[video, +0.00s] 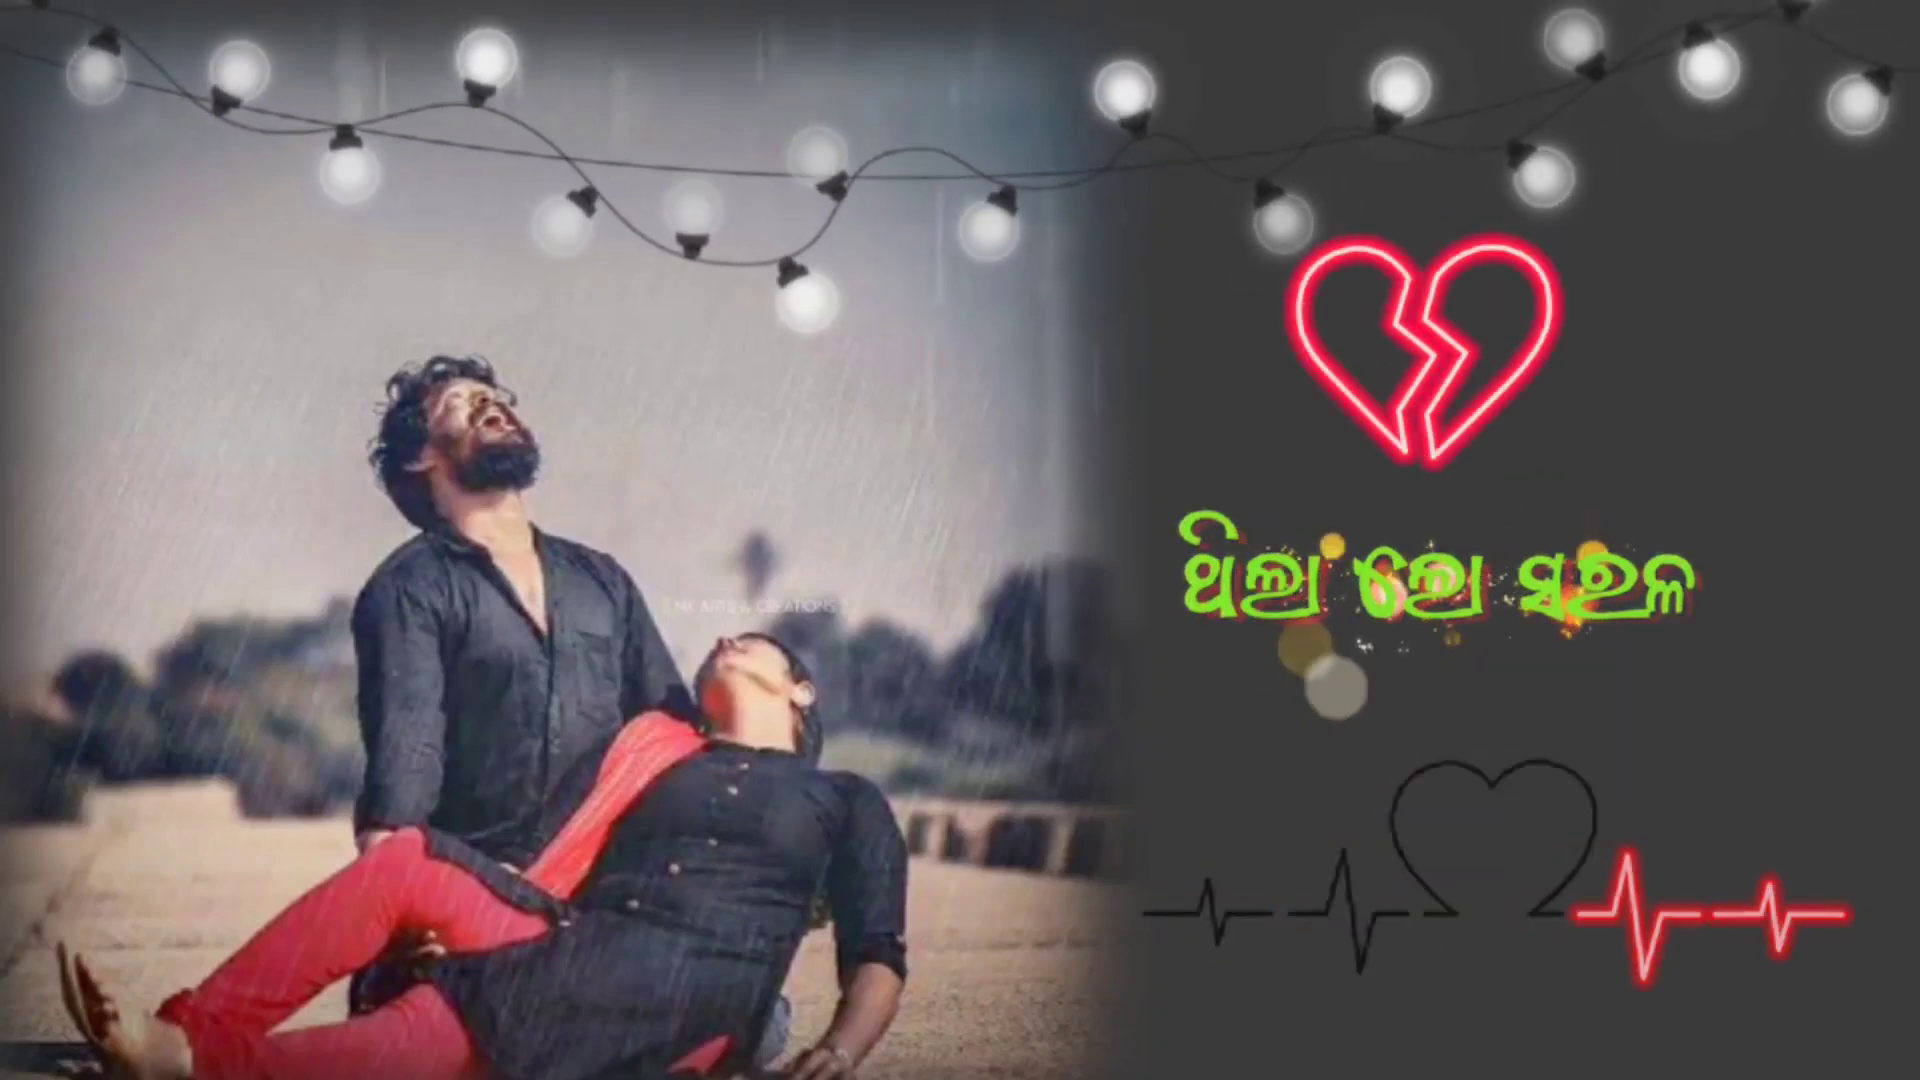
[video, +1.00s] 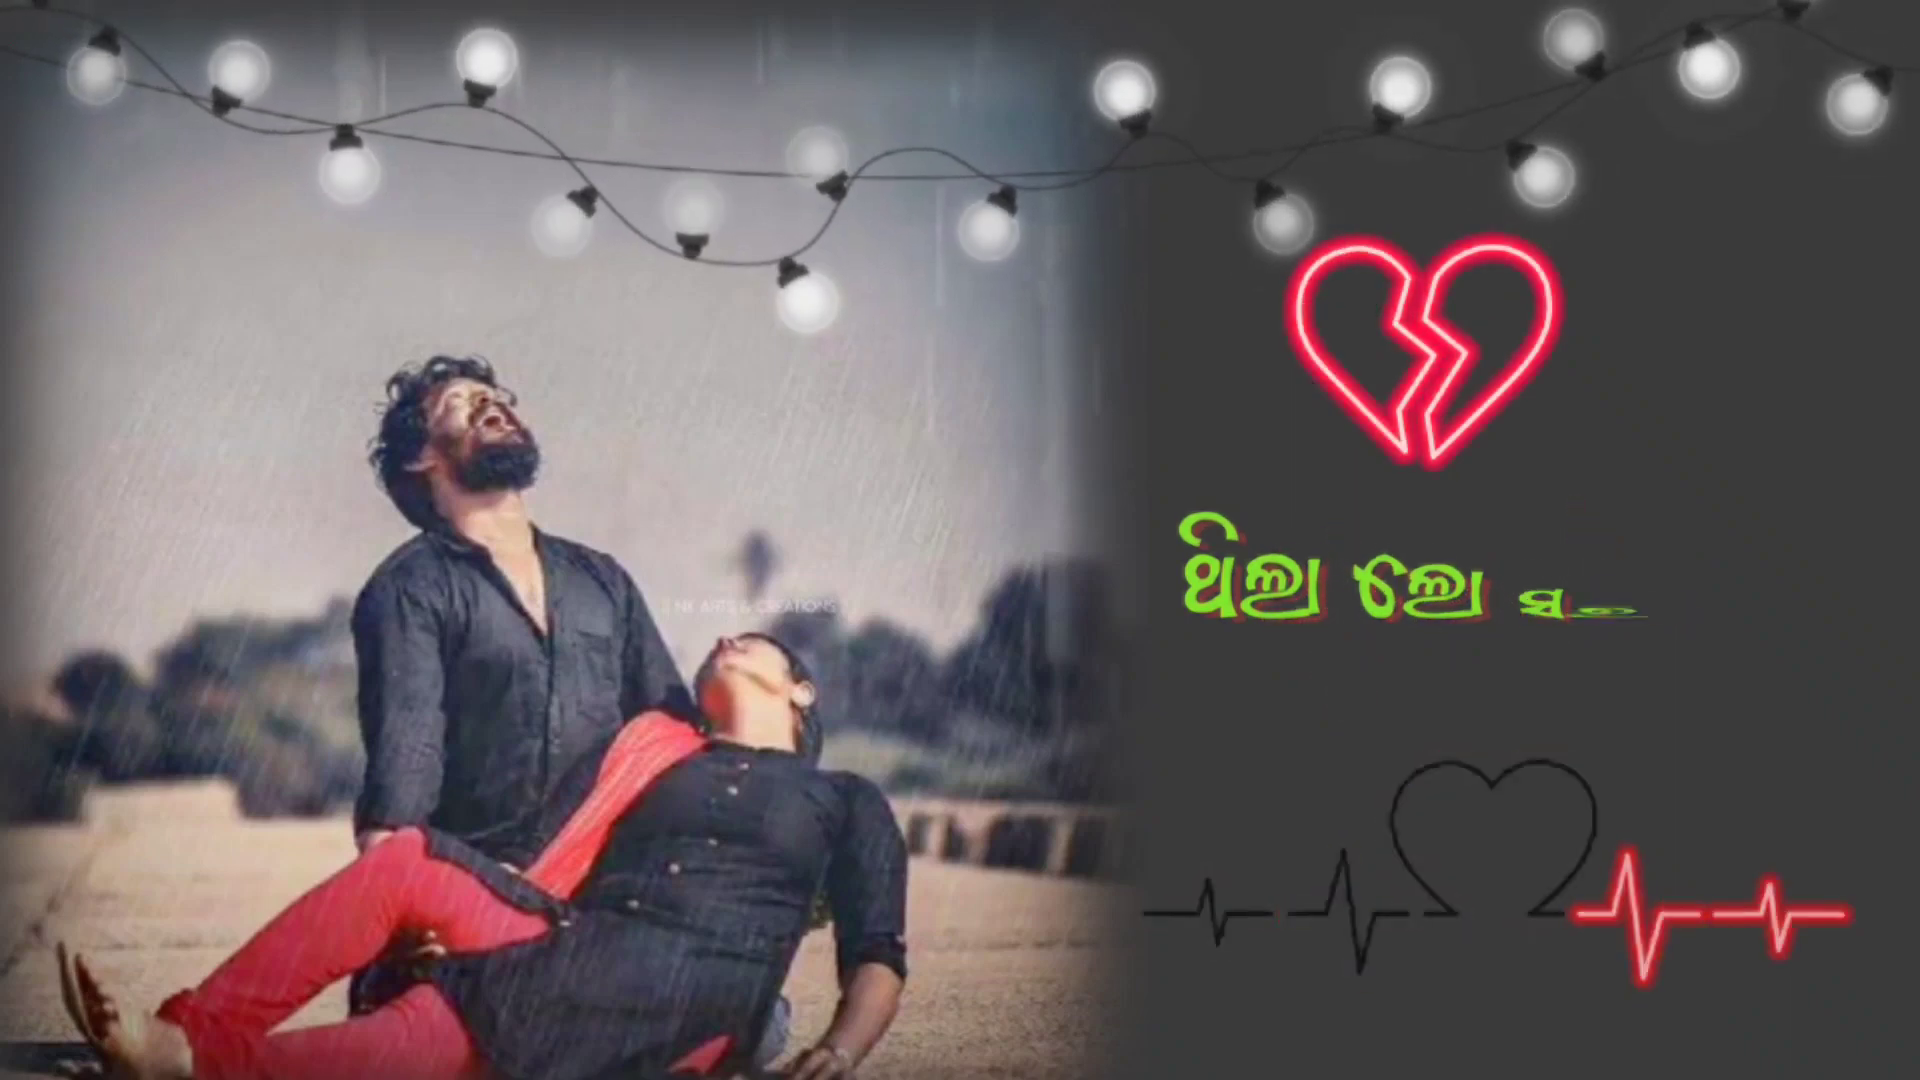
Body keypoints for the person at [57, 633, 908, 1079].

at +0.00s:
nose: (721, 660)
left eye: (749, 656)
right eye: (717, 659)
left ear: (799, 699)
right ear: (709, 699)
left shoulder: (843, 798)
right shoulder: (663, 755)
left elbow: (879, 968)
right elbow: (575, 892)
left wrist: (833, 1066)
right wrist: (458, 950)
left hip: (694, 981)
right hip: (589, 943)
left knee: (452, 1027)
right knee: (402, 860)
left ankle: (189, 1059)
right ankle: (178, 1040)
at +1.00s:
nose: (721, 660)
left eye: (749, 656)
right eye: (717, 659)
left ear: (799, 699)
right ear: (709, 699)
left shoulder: (844, 798)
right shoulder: (662, 755)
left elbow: (879, 967)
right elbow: (574, 892)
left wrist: (836, 1063)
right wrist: (455, 949)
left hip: (693, 982)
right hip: (587, 946)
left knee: (451, 1028)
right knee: (400, 859)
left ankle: (187, 1058)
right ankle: (178, 1041)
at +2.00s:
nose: (722, 660)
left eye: (749, 656)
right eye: (717, 659)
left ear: (799, 699)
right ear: (709, 698)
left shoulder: (844, 798)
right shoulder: (662, 755)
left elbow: (879, 967)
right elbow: (574, 892)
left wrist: (836, 1063)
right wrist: (455, 949)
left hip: (693, 982)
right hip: (587, 945)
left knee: (451, 1028)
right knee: (400, 859)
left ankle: (187, 1058)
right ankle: (178, 1041)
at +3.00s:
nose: (721, 660)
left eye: (749, 656)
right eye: (717, 659)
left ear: (799, 699)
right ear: (709, 698)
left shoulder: (844, 798)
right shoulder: (662, 755)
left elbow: (879, 967)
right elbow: (574, 892)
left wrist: (835, 1063)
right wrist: (455, 949)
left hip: (693, 982)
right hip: (587, 945)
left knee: (451, 1028)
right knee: (400, 859)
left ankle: (188, 1058)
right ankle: (177, 1040)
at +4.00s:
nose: (722, 660)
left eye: (749, 656)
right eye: (717, 659)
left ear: (799, 699)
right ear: (709, 698)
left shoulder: (844, 798)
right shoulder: (662, 755)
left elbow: (879, 967)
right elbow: (574, 892)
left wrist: (836, 1063)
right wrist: (455, 949)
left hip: (693, 982)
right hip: (587, 946)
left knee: (451, 1028)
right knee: (400, 859)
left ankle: (187, 1058)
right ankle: (177, 1040)